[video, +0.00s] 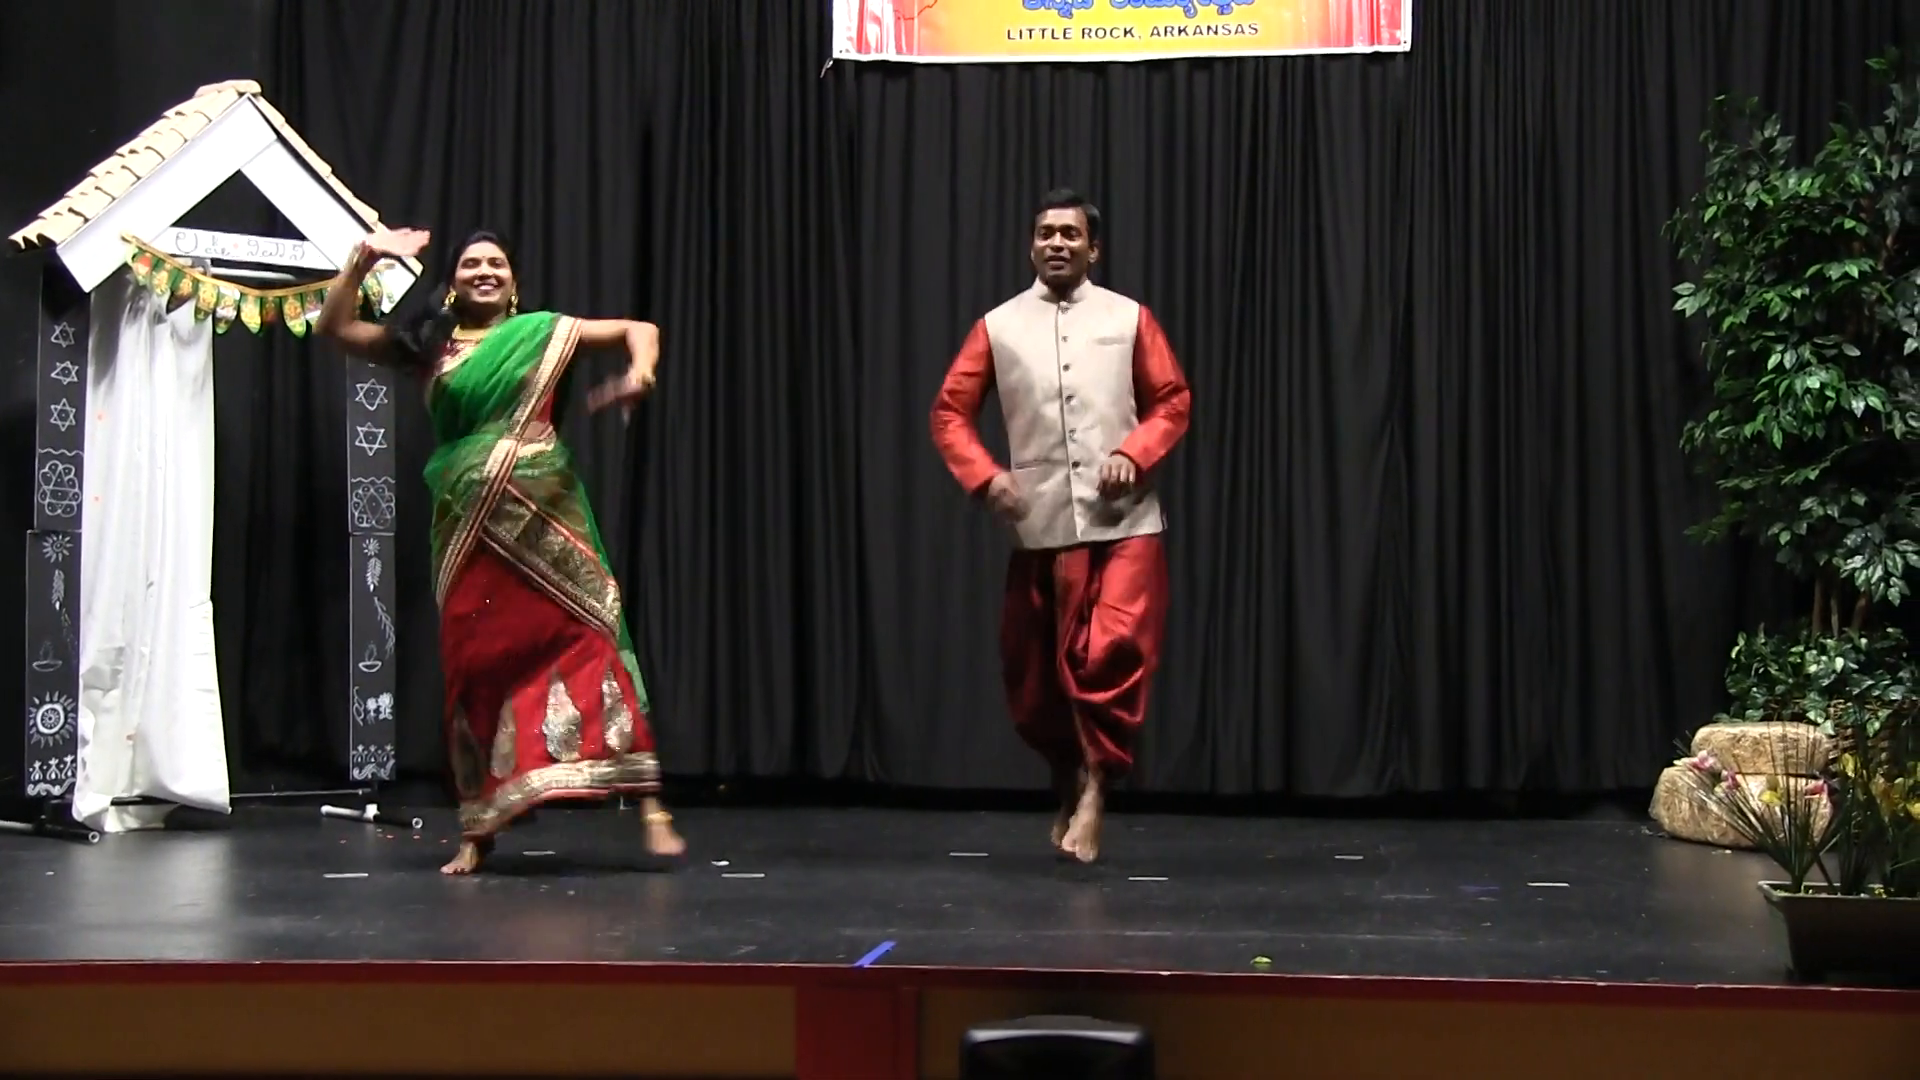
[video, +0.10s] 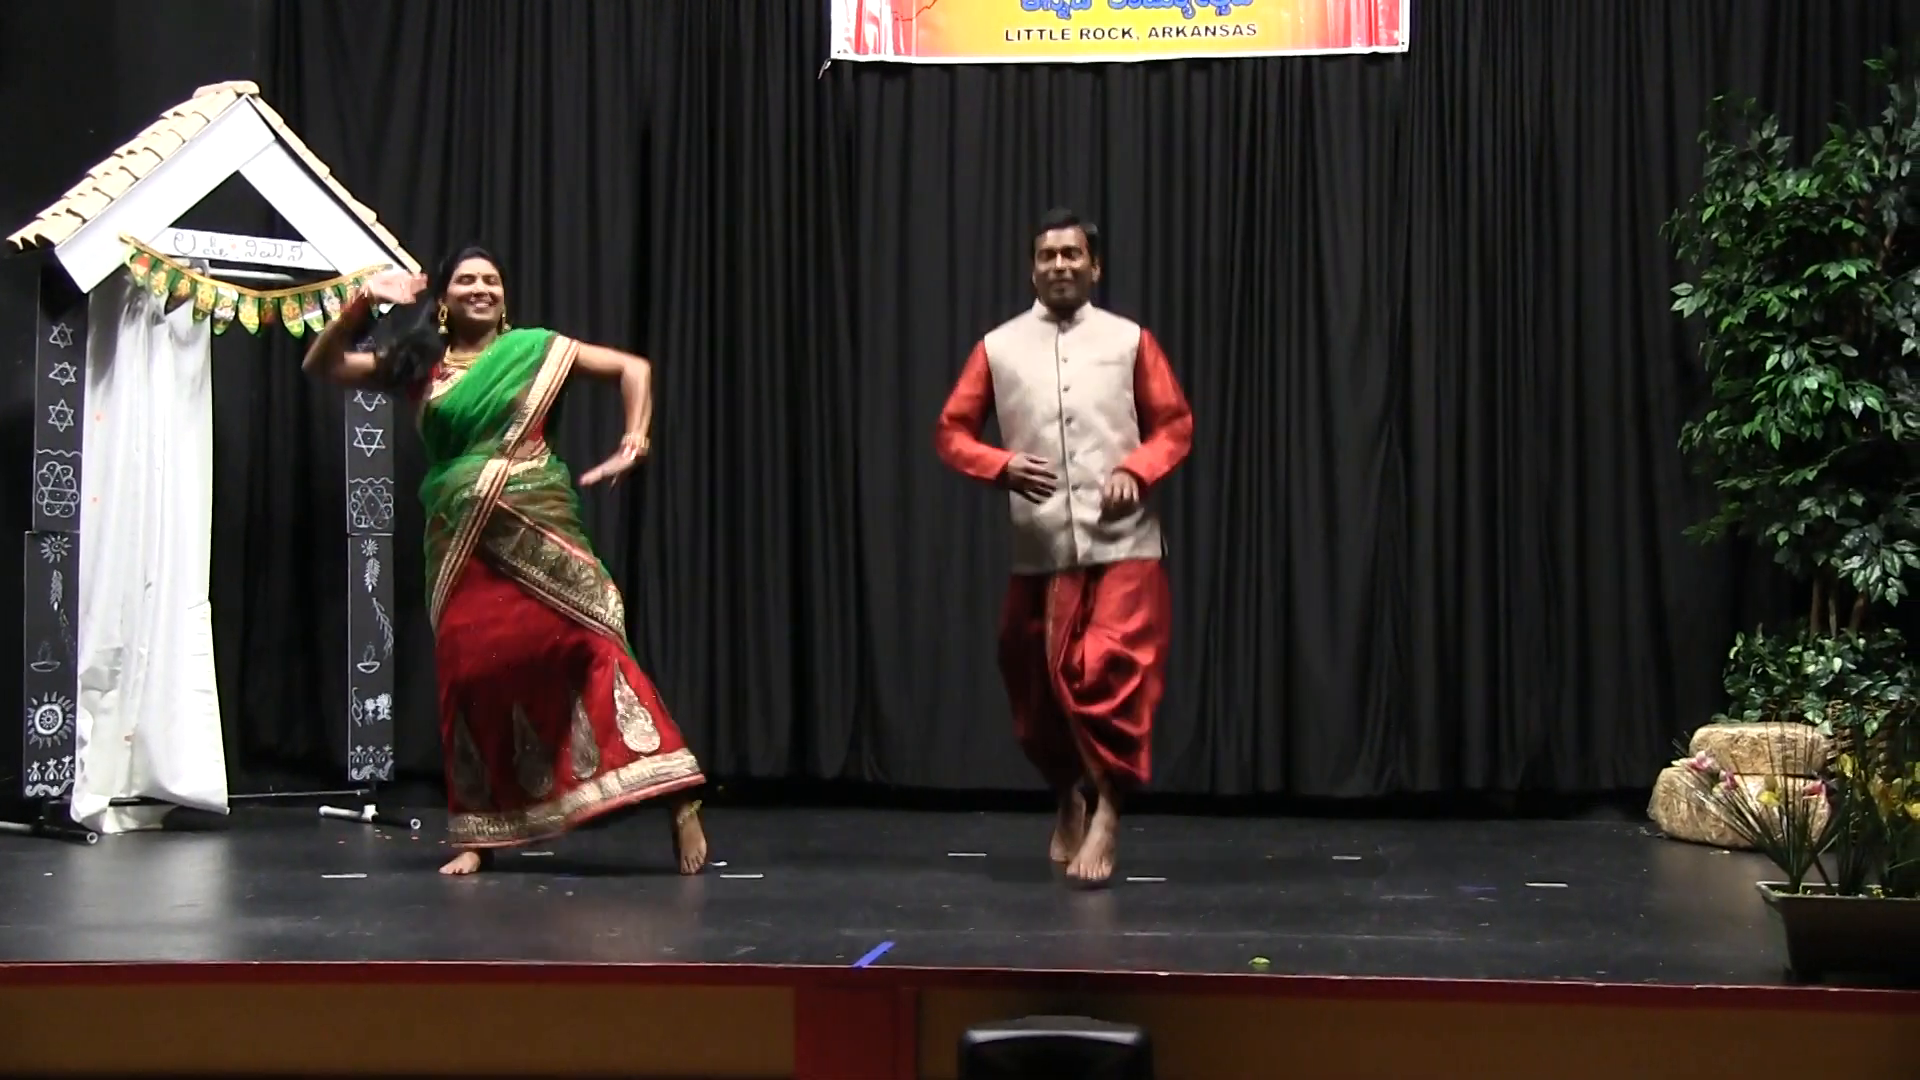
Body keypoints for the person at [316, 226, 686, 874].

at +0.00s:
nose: (484, 272)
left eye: (495, 264)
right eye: (471, 264)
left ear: (514, 281)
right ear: (450, 282)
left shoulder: (543, 329)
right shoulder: (430, 344)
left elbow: (641, 329)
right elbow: (335, 328)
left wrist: (639, 370)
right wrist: (361, 258)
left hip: (551, 510)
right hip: (468, 519)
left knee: (605, 643)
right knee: (467, 667)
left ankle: (652, 809)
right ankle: (475, 834)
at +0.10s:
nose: (480, 289)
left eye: (490, 281)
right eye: (467, 281)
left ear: (504, 294)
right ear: (442, 297)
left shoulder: (534, 346)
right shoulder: (418, 363)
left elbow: (634, 368)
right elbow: (321, 368)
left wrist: (634, 438)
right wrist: (362, 301)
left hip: (542, 527)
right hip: (461, 536)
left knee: (602, 657)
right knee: (461, 675)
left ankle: (682, 802)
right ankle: (472, 837)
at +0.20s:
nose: (484, 307)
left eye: (491, 298)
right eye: (470, 298)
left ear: (501, 310)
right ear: (439, 311)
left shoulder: (527, 362)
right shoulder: (413, 379)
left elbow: (619, 400)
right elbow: (314, 376)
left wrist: (610, 476)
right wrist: (361, 320)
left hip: (548, 537)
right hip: (471, 548)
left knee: (598, 673)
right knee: (462, 681)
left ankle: (681, 813)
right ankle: (471, 837)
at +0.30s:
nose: (486, 319)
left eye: (490, 311)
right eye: (472, 310)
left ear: (496, 320)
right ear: (437, 322)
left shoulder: (517, 369)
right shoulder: (408, 385)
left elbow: (611, 398)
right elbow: (317, 361)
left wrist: (595, 467)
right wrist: (372, 313)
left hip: (551, 533)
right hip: (476, 551)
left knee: (603, 663)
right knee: (469, 685)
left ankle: (682, 802)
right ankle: (480, 835)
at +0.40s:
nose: (484, 322)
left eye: (488, 313)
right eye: (470, 314)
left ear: (494, 320)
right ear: (437, 325)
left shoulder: (515, 370)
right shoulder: (407, 387)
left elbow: (609, 397)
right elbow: (317, 363)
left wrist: (585, 470)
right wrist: (375, 314)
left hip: (542, 536)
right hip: (470, 552)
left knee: (591, 664)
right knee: (464, 688)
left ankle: (683, 800)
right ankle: (470, 834)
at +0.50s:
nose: (483, 324)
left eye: (486, 315)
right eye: (468, 316)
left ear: (491, 321)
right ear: (433, 327)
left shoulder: (516, 372)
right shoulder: (407, 392)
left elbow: (604, 418)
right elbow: (312, 391)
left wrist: (589, 500)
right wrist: (359, 338)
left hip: (536, 548)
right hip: (461, 560)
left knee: (570, 673)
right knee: (448, 685)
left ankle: (687, 800)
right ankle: (478, 833)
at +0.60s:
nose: (479, 326)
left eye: (482, 318)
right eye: (463, 319)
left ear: (490, 329)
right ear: (430, 337)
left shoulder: (519, 381)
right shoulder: (412, 407)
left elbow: (601, 444)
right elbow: (320, 444)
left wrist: (591, 528)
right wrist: (347, 377)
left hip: (530, 558)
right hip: (451, 564)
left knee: (564, 681)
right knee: (439, 687)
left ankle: (685, 803)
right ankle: (464, 830)